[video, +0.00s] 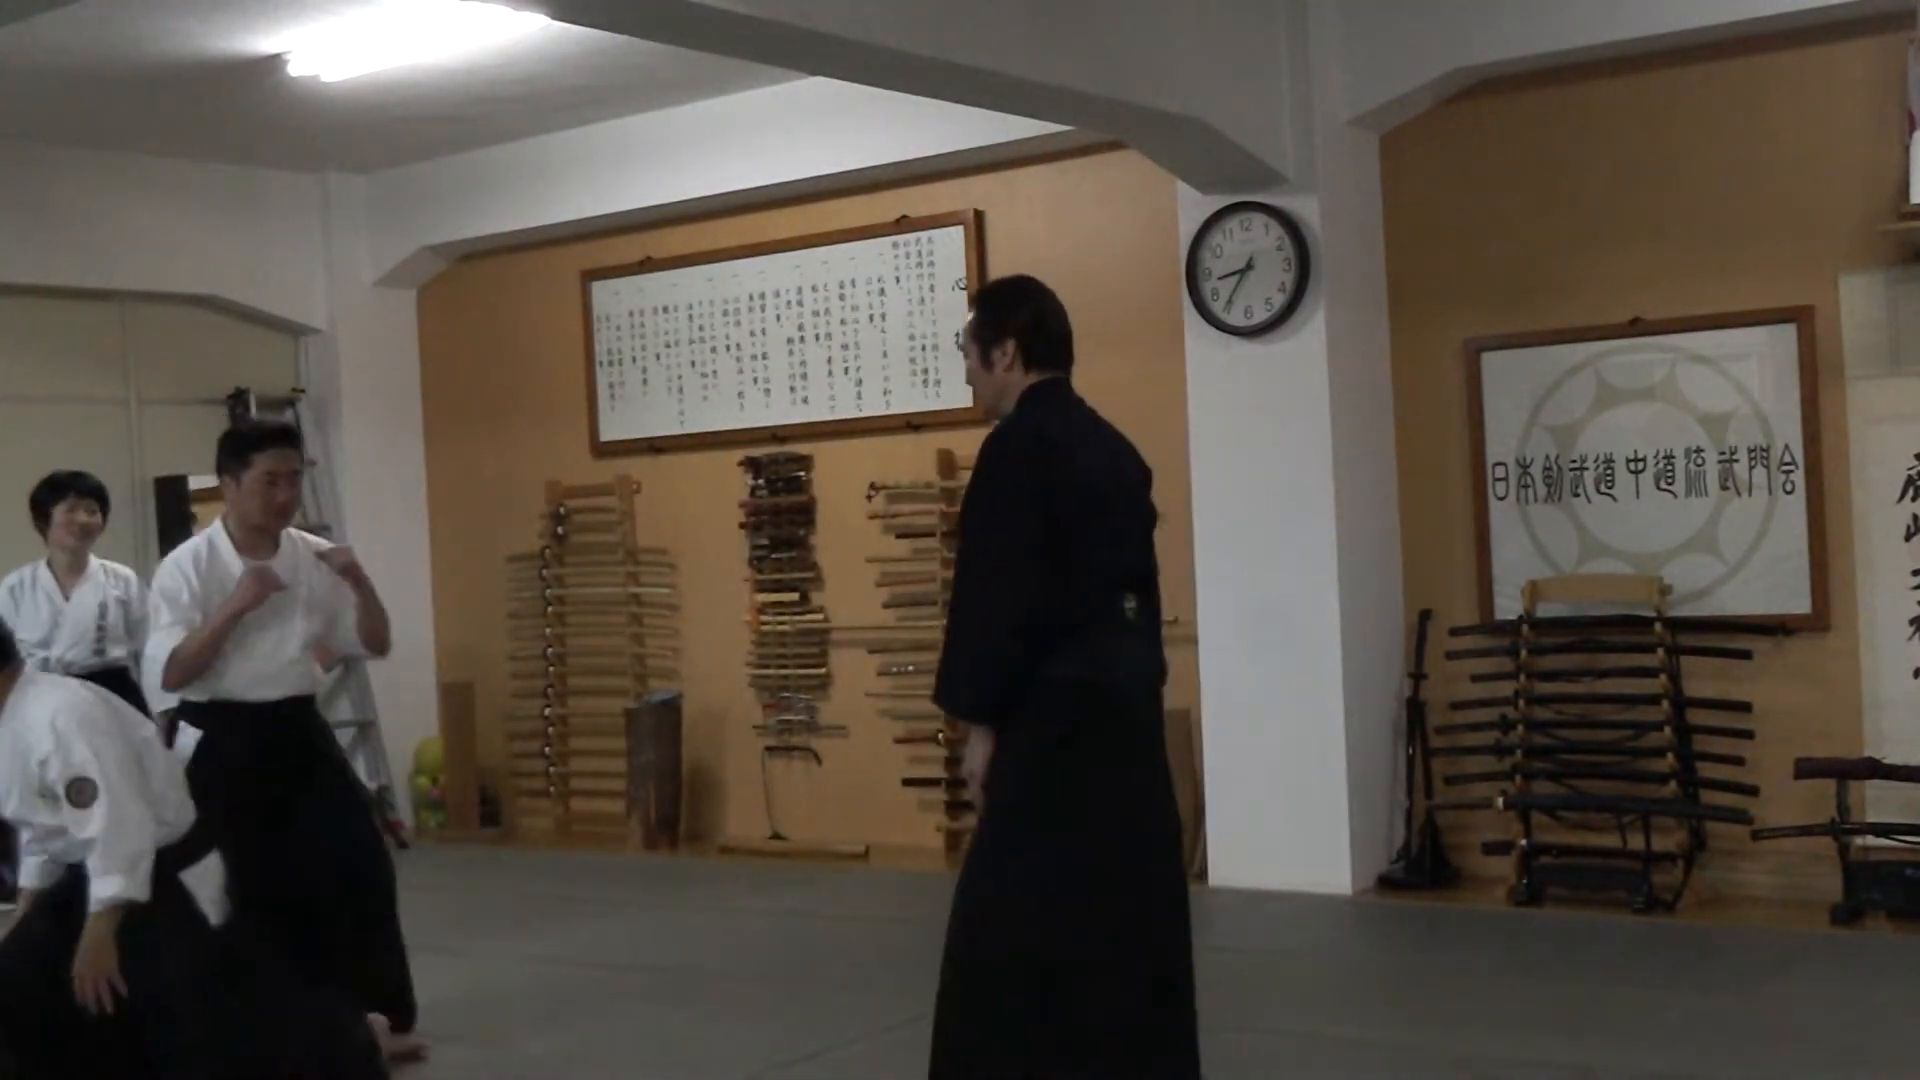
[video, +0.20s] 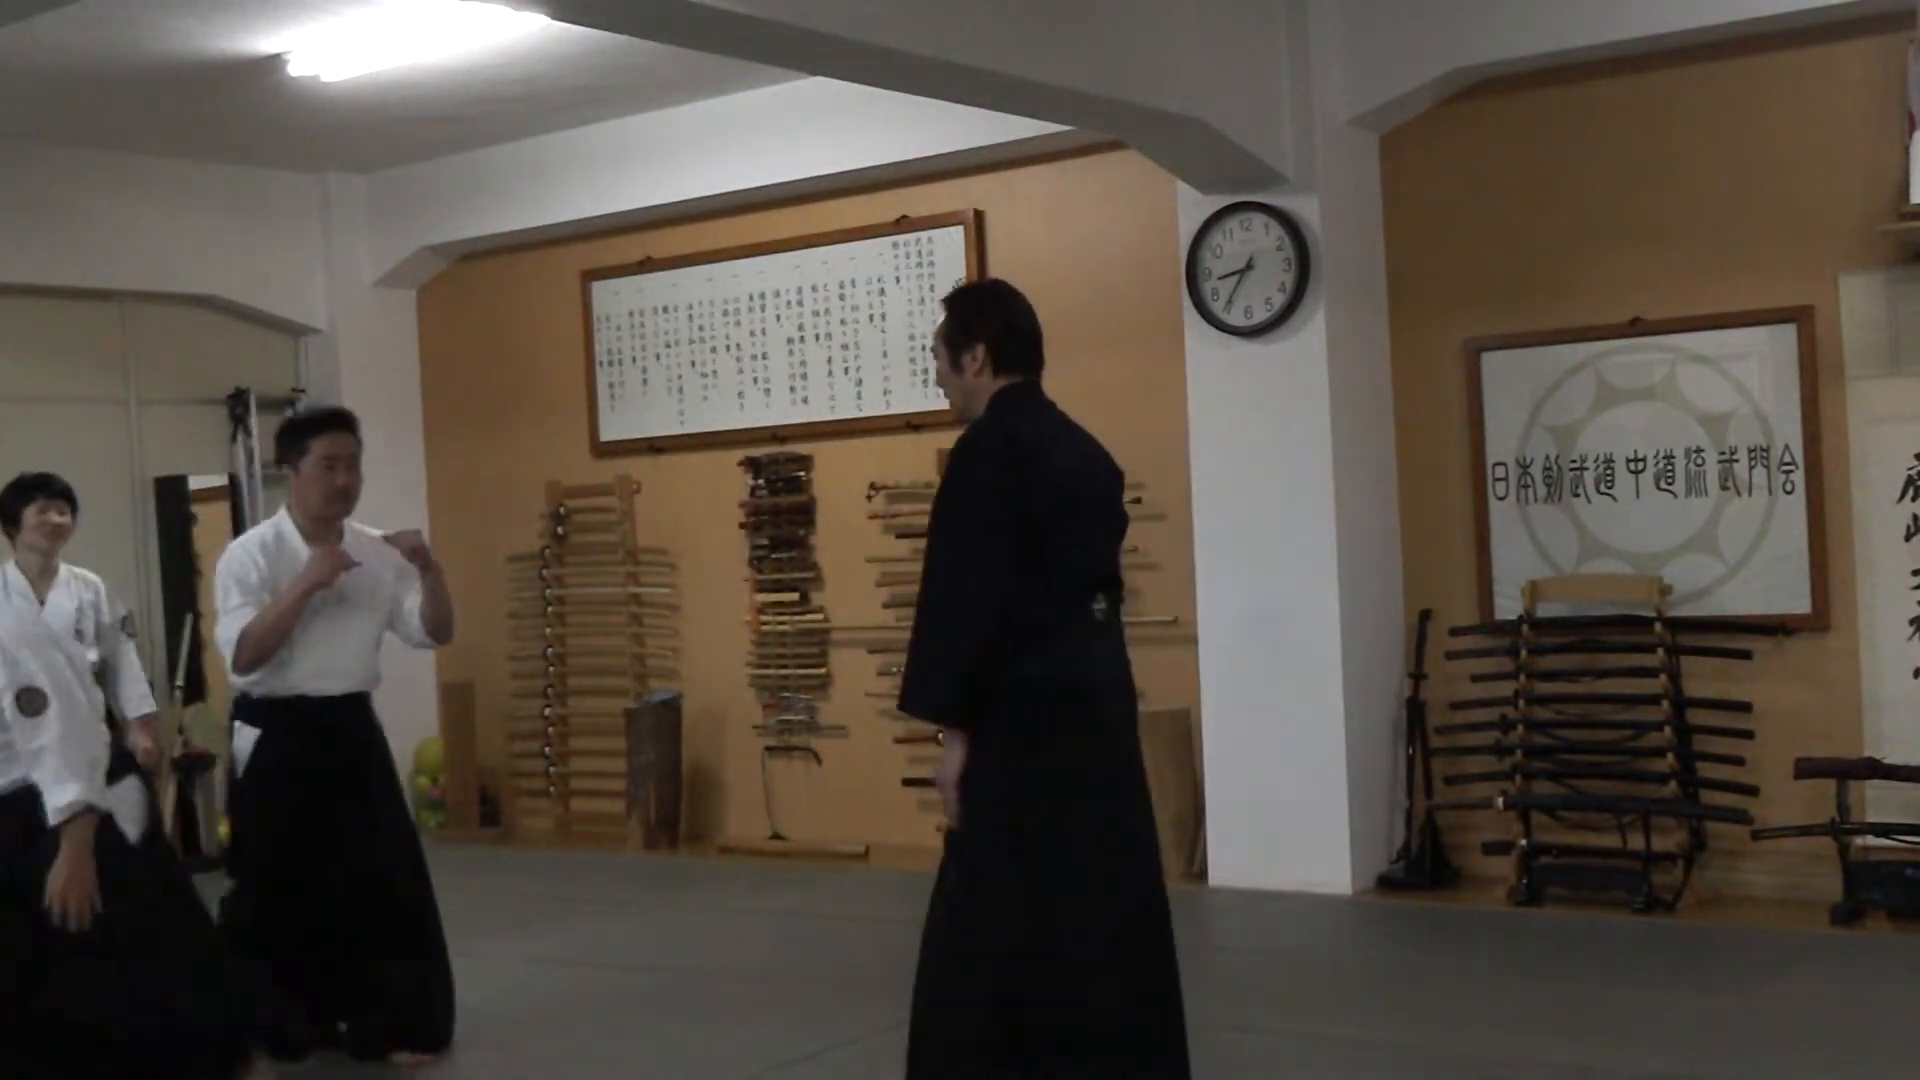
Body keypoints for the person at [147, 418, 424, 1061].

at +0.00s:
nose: (287, 494)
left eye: (295, 480)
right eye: (272, 480)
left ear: (302, 483)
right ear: (229, 484)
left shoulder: (311, 557)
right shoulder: (187, 567)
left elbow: (373, 646)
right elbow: (167, 675)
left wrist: (362, 588)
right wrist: (235, 608)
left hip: (302, 731)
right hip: (224, 740)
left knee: (360, 865)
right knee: (263, 887)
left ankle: (374, 1021)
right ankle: (281, 1032)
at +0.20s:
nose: (345, 479)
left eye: (352, 465)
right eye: (328, 465)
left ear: (361, 474)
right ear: (290, 474)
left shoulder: (377, 554)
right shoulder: (249, 555)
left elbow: (435, 632)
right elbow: (242, 655)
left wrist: (428, 571)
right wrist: (305, 584)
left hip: (353, 733)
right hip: (275, 738)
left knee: (390, 882)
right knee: (277, 891)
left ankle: (405, 1039)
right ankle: (270, 1043)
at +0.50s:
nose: (434, 469)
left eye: (443, 456)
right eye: (418, 454)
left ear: (453, 465)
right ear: (376, 464)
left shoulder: (464, 551)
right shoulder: (336, 547)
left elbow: (523, 632)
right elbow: (338, 645)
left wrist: (507, 554)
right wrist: (398, 560)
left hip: (430, 729)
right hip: (356, 732)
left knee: (432, 888)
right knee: (369, 894)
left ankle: (420, 1043)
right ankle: (321, 1057)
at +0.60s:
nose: (452, 470)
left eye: (460, 456)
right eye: (434, 455)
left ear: (469, 466)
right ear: (391, 467)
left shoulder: (482, 557)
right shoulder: (355, 554)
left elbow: (539, 644)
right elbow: (367, 655)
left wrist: (521, 560)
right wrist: (418, 558)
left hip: (473, 750)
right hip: (394, 757)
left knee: (499, 913)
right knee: (396, 935)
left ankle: (405, 1017)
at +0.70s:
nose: (477, 475)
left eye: (485, 460)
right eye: (458, 460)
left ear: (494, 471)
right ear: (415, 476)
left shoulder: (514, 562)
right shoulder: (382, 569)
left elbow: (572, 657)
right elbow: (403, 676)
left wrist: (560, 570)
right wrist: (442, 578)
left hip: (511, 758)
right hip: (425, 767)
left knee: (584, 875)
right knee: (416, 931)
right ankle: (400, 1065)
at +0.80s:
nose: (522, 478)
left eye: (530, 464)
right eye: (503, 464)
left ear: (539, 476)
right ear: (457, 482)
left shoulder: (571, 564)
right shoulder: (424, 573)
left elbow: (639, 654)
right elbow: (434, 690)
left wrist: (635, 583)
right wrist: (479, 594)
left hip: (557, 770)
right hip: (462, 776)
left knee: (644, 876)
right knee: (431, 938)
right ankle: (397, 1069)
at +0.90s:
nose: (600, 483)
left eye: (607, 469)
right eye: (581, 468)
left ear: (615, 479)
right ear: (532, 484)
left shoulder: (643, 565)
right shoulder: (482, 575)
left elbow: (731, 603)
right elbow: (459, 691)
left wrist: (743, 547)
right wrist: (526, 602)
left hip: (611, 789)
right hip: (511, 791)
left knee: (696, 966)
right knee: (449, 977)